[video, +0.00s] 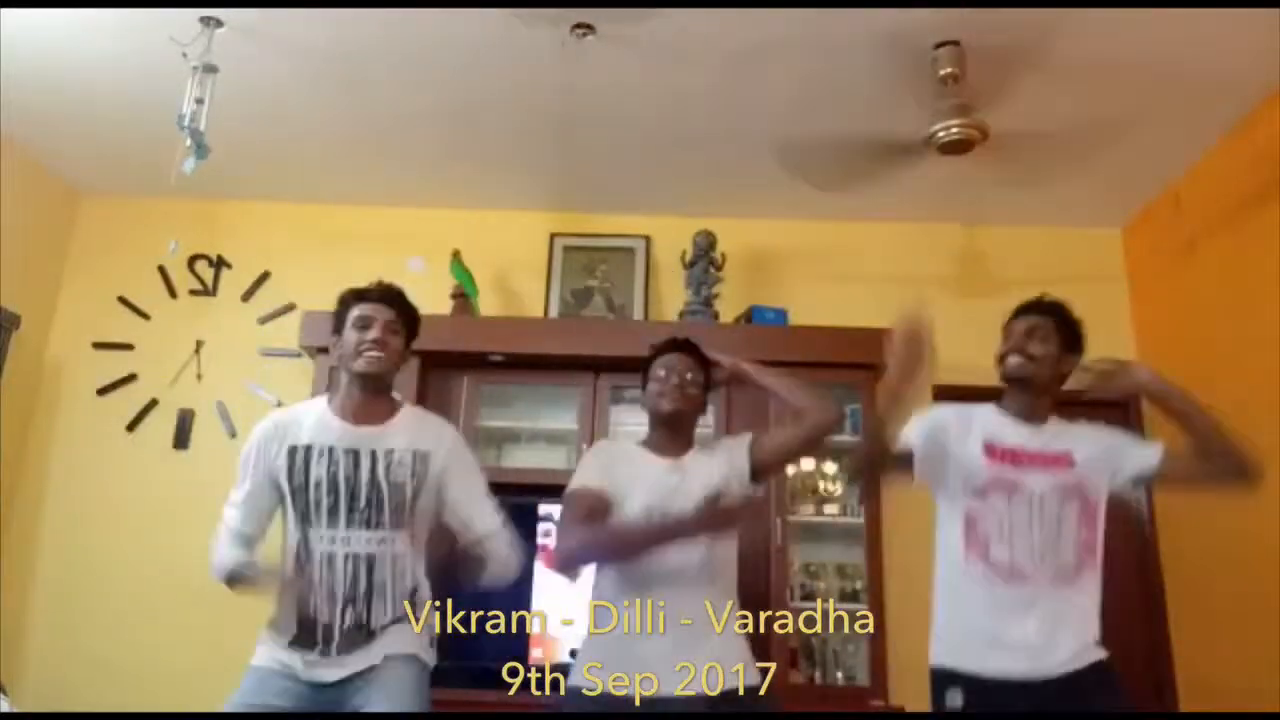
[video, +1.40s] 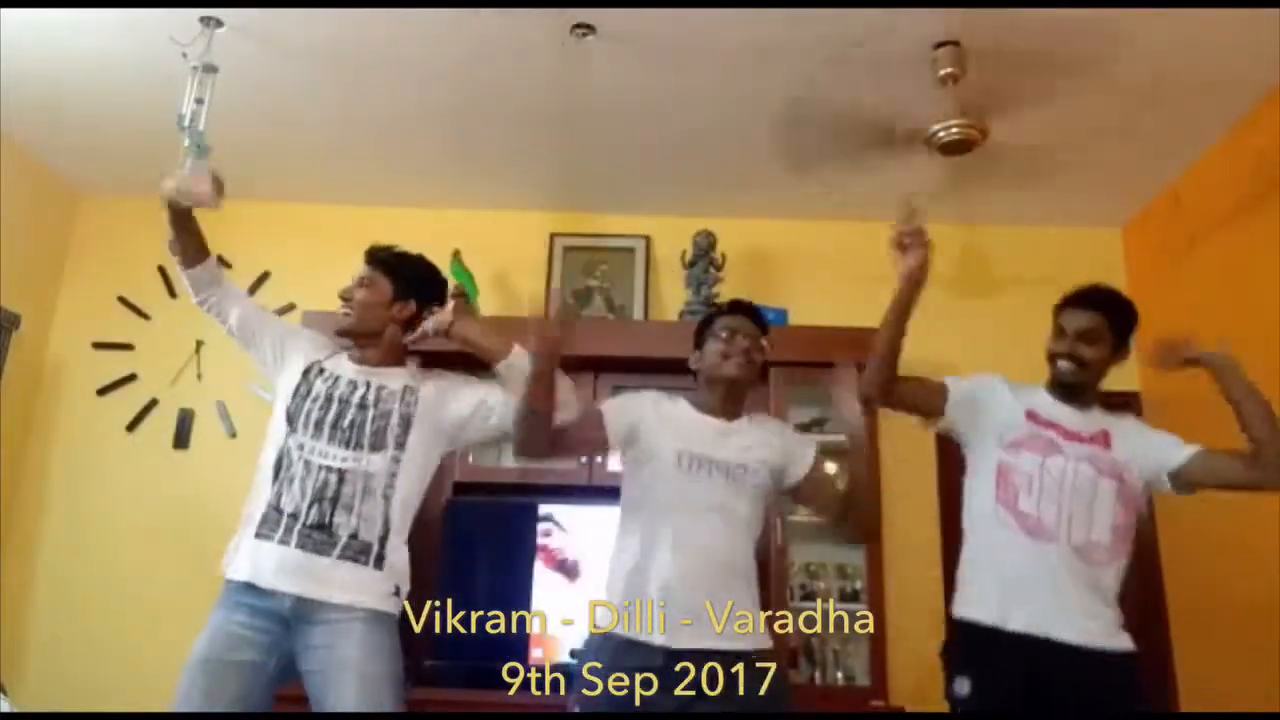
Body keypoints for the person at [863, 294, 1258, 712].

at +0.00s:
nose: (1019, 346)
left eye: (1038, 338)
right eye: (1011, 338)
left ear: (1068, 366)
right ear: (998, 356)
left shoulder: (1097, 447)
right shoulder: (952, 428)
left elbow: (1234, 469)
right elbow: (867, 468)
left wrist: (1151, 386)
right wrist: (890, 393)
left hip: (1075, 677)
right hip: (971, 679)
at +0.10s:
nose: (1026, 342)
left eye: (1047, 334)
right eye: (1022, 332)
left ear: (1081, 362)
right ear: (1011, 349)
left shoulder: (1105, 438)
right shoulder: (961, 419)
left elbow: (1248, 427)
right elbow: (866, 414)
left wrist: (1146, 373)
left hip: (1077, 665)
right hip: (973, 664)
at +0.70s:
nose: (1067, 377)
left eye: (1086, 372)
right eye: (1062, 370)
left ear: (1119, 400)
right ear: (1051, 385)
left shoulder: (1137, 478)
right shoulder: (991, 438)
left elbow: (1267, 434)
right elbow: (894, 357)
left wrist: (1156, 389)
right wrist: (891, 254)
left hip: (1107, 690)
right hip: (1000, 674)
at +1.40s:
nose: (1066, 348)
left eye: (1086, 340)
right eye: (1060, 333)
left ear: (1117, 354)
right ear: (1048, 337)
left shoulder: (1135, 443)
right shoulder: (991, 402)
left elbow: (1267, 469)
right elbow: (877, 389)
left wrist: (1220, 365)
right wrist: (909, 284)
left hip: (1093, 657)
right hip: (989, 644)